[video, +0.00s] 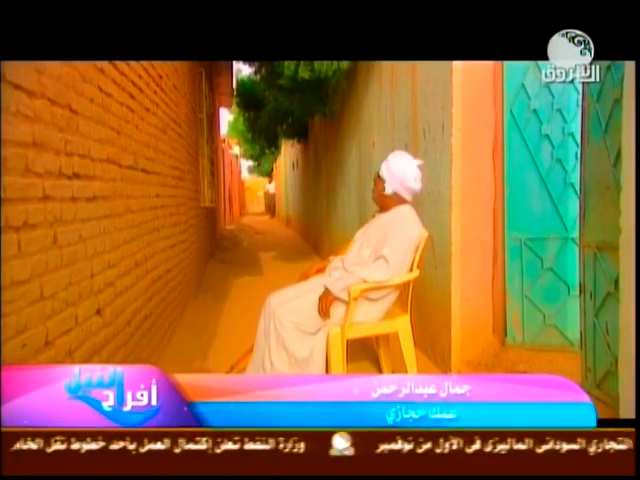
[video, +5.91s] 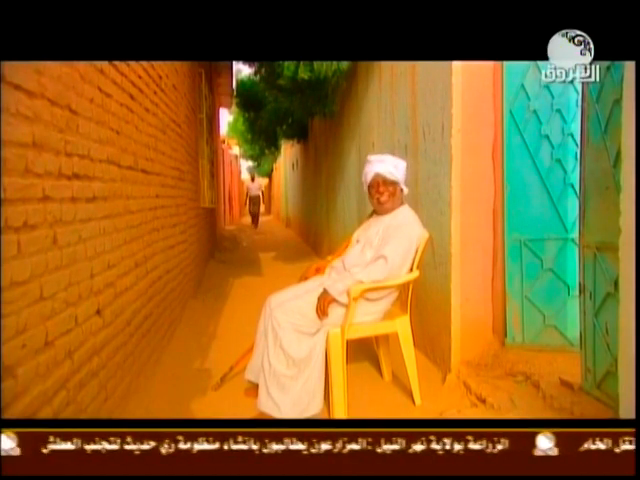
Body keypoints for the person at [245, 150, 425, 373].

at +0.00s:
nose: (373, 186)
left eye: (378, 181)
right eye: (376, 179)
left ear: (390, 188)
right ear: (392, 189)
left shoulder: (405, 221)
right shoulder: (388, 216)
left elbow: (388, 271)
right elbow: (358, 253)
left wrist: (336, 288)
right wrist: (327, 266)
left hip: (360, 298)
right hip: (341, 281)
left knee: (283, 314)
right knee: (274, 303)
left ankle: (281, 386)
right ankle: (266, 379)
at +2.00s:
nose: (366, 195)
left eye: (373, 190)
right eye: (366, 188)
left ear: (392, 193)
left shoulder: (404, 223)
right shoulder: (385, 217)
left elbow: (387, 271)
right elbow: (356, 253)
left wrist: (335, 288)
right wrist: (326, 266)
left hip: (359, 299)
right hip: (340, 282)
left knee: (282, 315)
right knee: (274, 305)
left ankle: (280, 386)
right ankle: (267, 379)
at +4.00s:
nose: (378, 182)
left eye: (387, 178)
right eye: (380, 176)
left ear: (402, 189)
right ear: (379, 180)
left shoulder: (405, 223)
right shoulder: (384, 216)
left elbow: (388, 271)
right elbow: (356, 254)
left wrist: (337, 288)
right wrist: (326, 265)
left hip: (362, 300)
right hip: (343, 283)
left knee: (283, 315)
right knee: (274, 304)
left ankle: (289, 405)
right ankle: (266, 379)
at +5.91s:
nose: (381, 191)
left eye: (388, 184)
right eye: (374, 186)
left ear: (401, 189)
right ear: (369, 193)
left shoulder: (406, 224)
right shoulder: (380, 218)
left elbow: (384, 270)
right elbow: (353, 255)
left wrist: (335, 291)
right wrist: (324, 267)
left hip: (363, 300)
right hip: (341, 283)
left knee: (284, 315)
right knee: (274, 304)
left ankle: (290, 405)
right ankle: (266, 378)